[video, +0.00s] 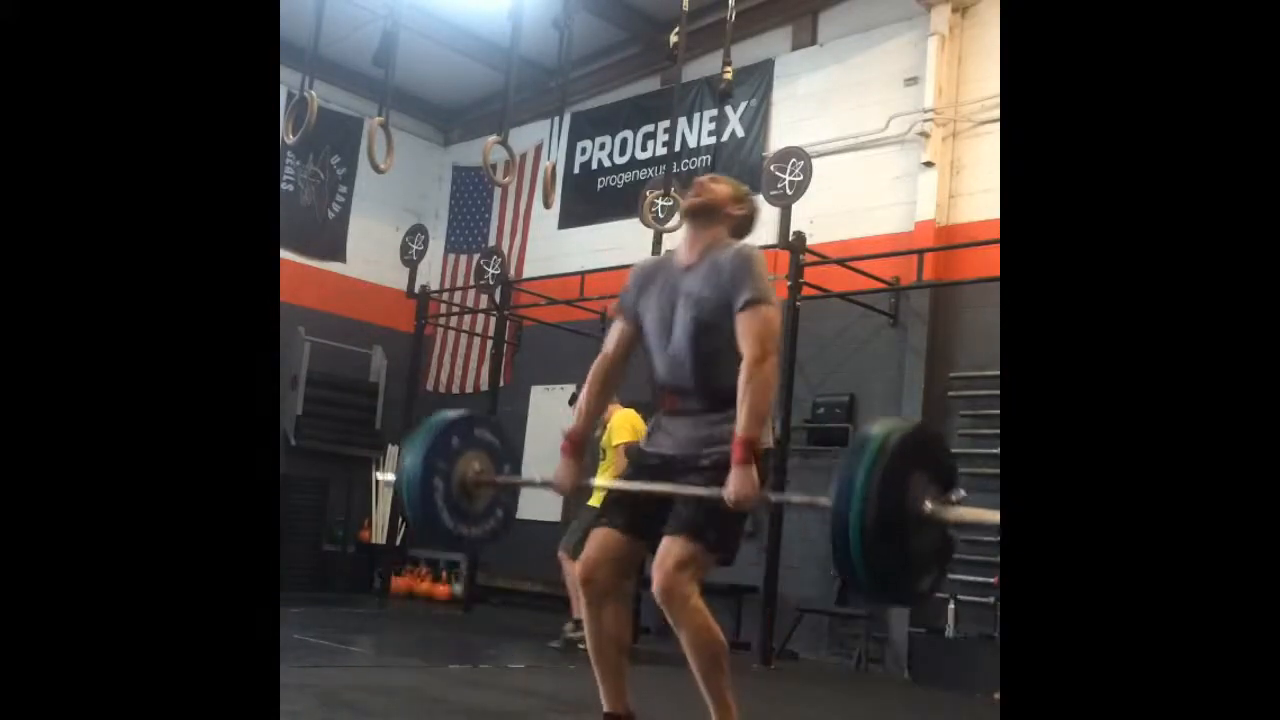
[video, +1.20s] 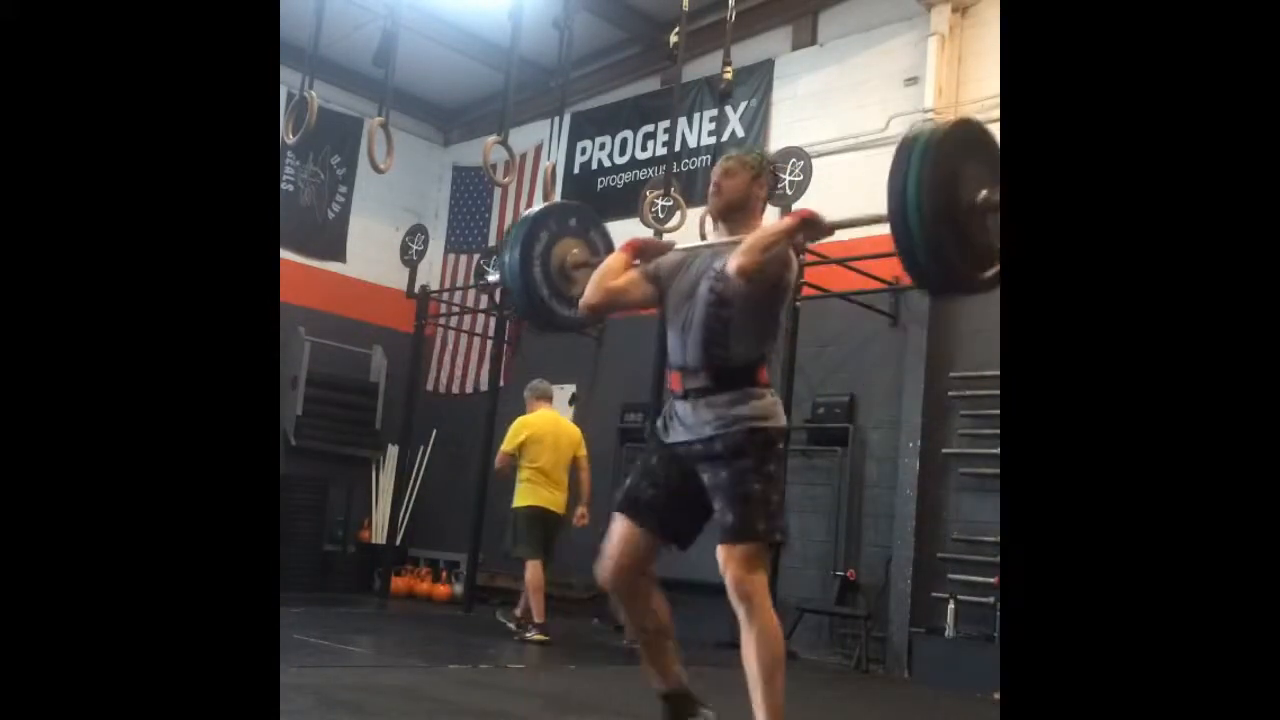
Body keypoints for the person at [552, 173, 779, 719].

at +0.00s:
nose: (700, 182)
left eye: (718, 182)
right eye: (697, 180)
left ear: (738, 210)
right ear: (685, 205)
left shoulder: (739, 261)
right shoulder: (648, 273)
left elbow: (759, 357)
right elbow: (610, 358)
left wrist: (744, 458)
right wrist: (576, 443)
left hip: (722, 446)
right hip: (660, 441)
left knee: (673, 580)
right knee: (596, 572)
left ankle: (725, 714)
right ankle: (616, 711)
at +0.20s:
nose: (748, 160)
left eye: (764, 160)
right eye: (748, 159)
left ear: (785, 187)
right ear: (730, 185)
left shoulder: (784, 224)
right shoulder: (684, 237)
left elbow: (794, 290)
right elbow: (613, 294)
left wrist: (749, 351)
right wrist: (572, 351)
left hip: (724, 392)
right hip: (658, 392)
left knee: (716, 551)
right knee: (610, 543)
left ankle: (742, 710)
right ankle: (601, 698)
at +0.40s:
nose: (713, 229)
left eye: (728, 220)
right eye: (709, 218)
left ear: (751, 235)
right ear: (699, 229)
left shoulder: (760, 300)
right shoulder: (673, 301)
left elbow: (837, 344)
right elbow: (628, 369)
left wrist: (784, 311)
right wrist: (601, 330)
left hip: (701, 467)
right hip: (630, 458)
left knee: (699, 598)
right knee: (532, 590)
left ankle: (751, 714)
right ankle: (543, 707)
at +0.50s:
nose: (672, 243)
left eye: (690, 234)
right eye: (673, 235)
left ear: (721, 255)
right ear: (666, 255)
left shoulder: (736, 329)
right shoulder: (641, 335)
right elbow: (581, 406)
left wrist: (765, 346)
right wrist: (583, 340)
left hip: (699, 499)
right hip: (625, 500)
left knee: (692, 609)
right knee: (511, 603)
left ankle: (749, 716)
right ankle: (539, 707)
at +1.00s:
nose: (699, 228)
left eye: (713, 220)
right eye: (698, 220)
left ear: (745, 233)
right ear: (695, 234)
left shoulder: (759, 299)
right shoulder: (665, 304)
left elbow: (714, 334)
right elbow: (582, 335)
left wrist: (770, 281)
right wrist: (611, 292)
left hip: (735, 463)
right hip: (664, 464)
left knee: (720, 590)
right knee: (560, 584)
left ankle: (758, 716)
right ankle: (544, 709)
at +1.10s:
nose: (709, 204)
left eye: (723, 195)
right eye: (709, 196)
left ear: (755, 208)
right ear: (705, 212)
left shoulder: (771, 268)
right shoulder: (676, 283)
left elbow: (729, 294)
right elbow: (587, 309)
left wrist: (779, 247)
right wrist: (622, 268)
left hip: (747, 439)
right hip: (678, 441)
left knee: (736, 585)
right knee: (597, 577)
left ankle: (762, 715)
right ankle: (566, 703)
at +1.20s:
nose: (715, 177)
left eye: (731, 169)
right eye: (713, 171)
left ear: (762, 187)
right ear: (708, 190)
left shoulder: (772, 251)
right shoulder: (683, 262)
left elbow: (741, 266)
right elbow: (593, 299)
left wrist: (789, 229)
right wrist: (628, 252)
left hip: (745, 433)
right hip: (679, 433)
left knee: (744, 580)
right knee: (618, 569)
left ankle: (768, 715)